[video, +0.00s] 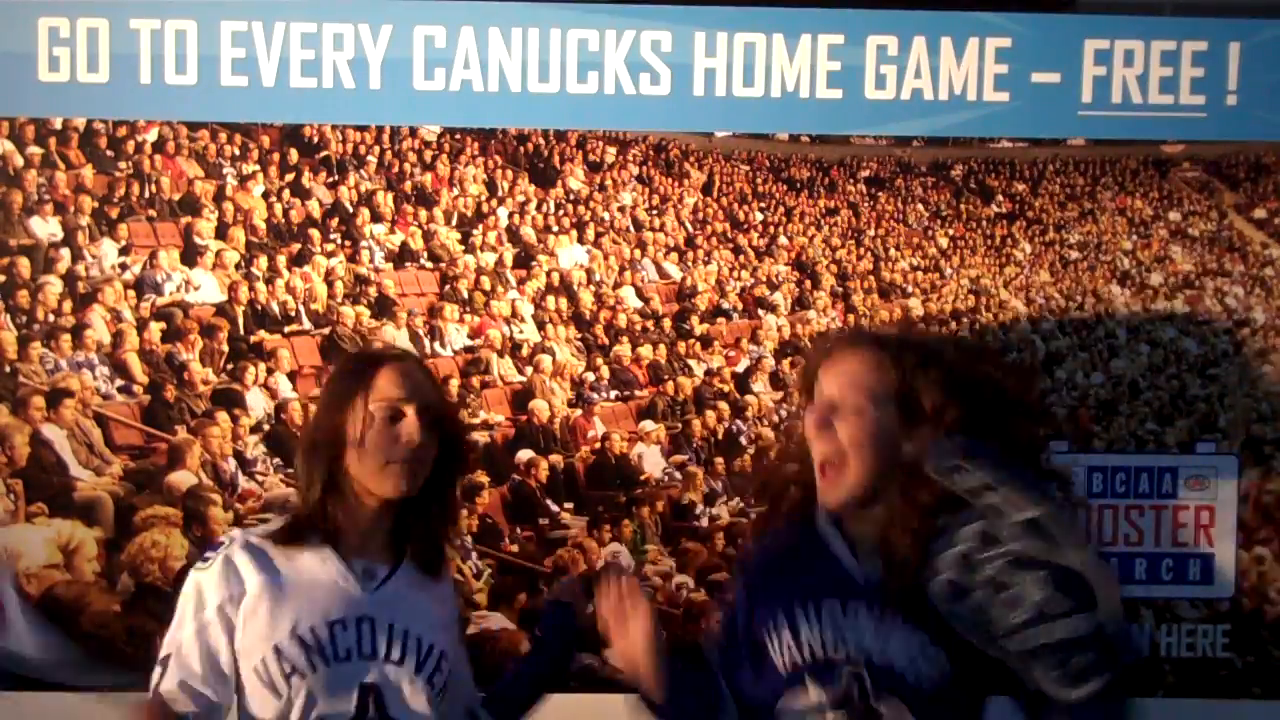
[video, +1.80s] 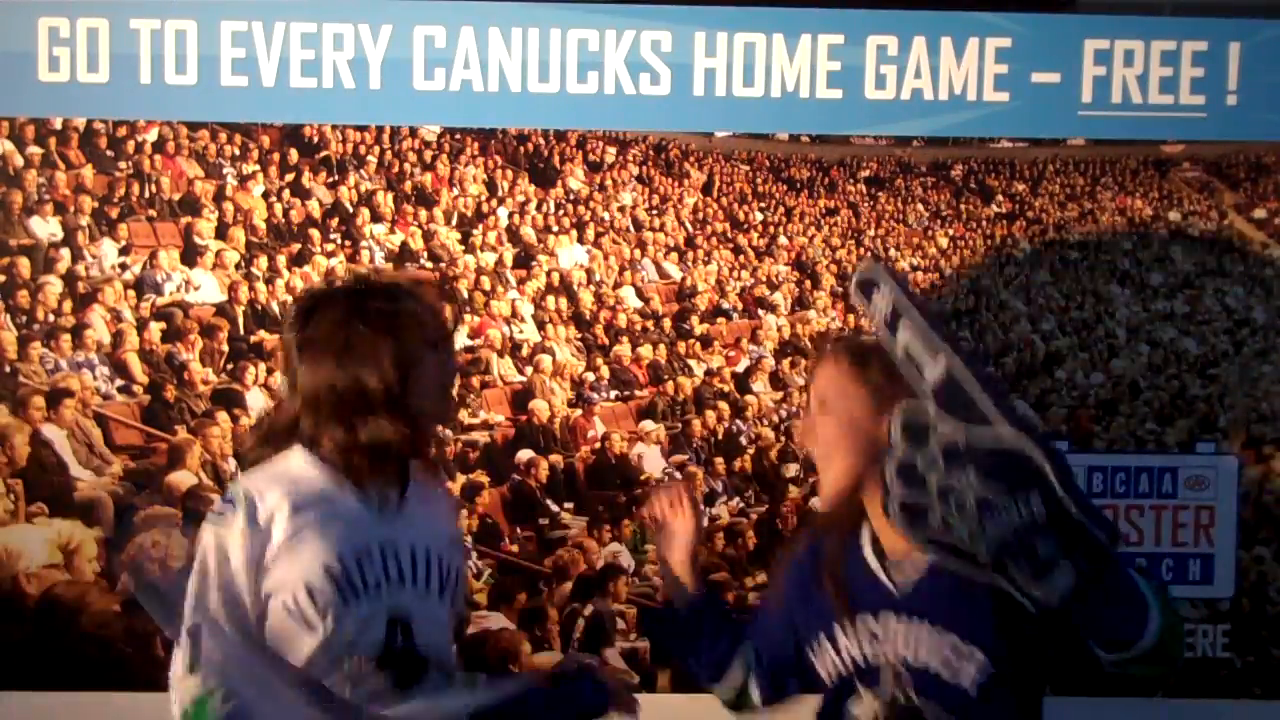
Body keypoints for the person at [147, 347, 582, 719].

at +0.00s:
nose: (418, 434)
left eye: (429, 417)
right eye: (393, 414)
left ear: (441, 438)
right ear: (339, 427)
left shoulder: (440, 593)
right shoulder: (238, 573)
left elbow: (465, 712)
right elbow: (181, 704)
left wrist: (560, 643)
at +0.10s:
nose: (407, 425)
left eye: (414, 403)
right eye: (380, 402)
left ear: (424, 416)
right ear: (327, 413)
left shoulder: (424, 561)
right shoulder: (231, 559)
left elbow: (445, 699)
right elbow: (172, 708)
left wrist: (516, 627)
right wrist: (212, 701)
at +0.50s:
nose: (354, 438)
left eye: (360, 410)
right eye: (322, 431)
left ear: (393, 409)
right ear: (299, 457)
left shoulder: (475, 553)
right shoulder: (264, 563)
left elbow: (504, 710)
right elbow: (223, 707)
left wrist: (529, 585)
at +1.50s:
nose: (431, 424)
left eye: (430, 404)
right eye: (399, 409)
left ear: (436, 415)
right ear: (337, 435)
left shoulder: (474, 558)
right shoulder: (261, 591)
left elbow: (515, 710)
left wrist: (548, 639)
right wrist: (58, 673)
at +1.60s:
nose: (438, 410)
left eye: (435, 392)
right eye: (414, 395)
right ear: (356, 414)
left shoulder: (476, 537)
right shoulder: (268, 567)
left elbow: (509, 699)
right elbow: (193, 713)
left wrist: (561, 664)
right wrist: (84, 685)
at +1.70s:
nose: (458, 363)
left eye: (453, 343)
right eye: (438, 344)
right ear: (377, 356)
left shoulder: (458, 496)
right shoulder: (256, 510)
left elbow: (475, 648)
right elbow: (215, 670)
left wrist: (548, 678)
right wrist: (200, 698)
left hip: (446, 714)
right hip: (308, 710)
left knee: (590, 696)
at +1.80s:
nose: (454, 363)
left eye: (449, 346)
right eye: (437, 347)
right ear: (378, 366)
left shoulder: (432, 493)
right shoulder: (264, 503)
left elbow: (439, 662)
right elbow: (212, 689)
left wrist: (526, 687)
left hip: (422, 709)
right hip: (302, 710)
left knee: (581, 690)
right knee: (573, 696)